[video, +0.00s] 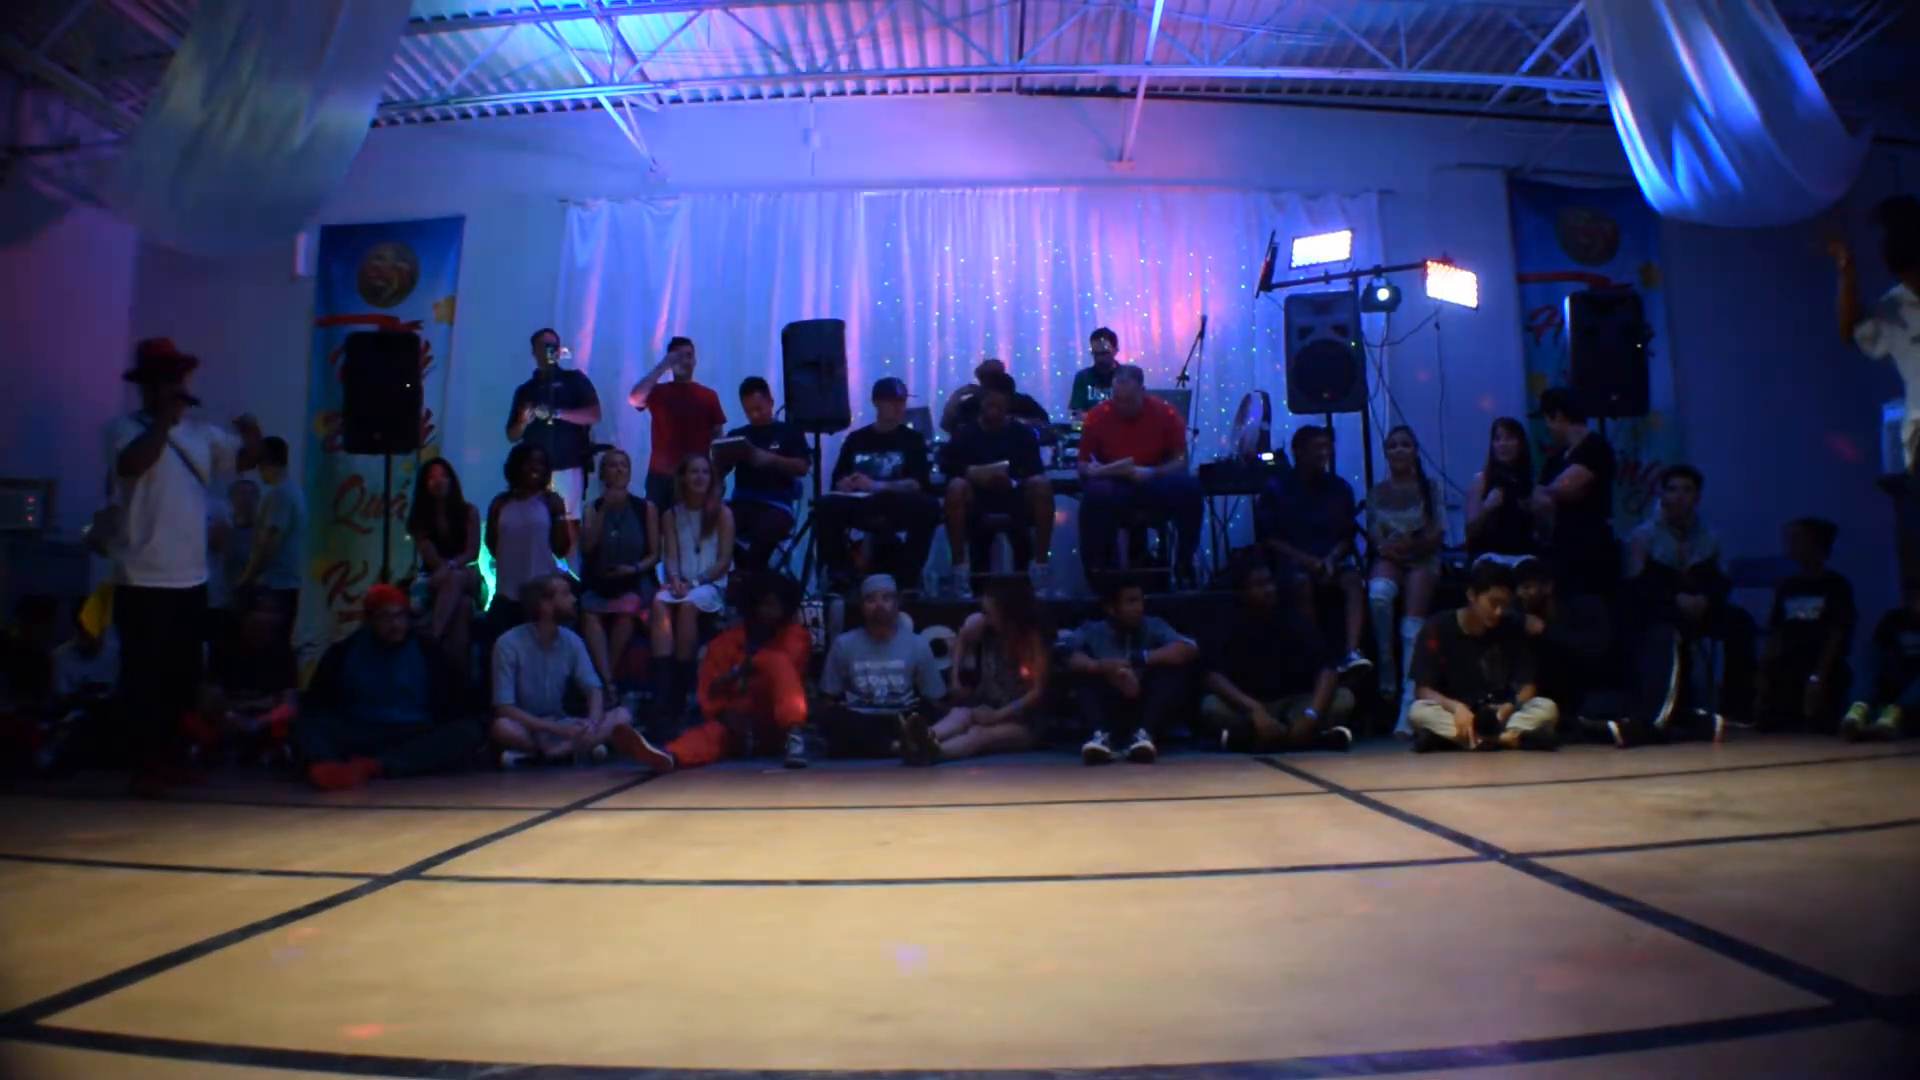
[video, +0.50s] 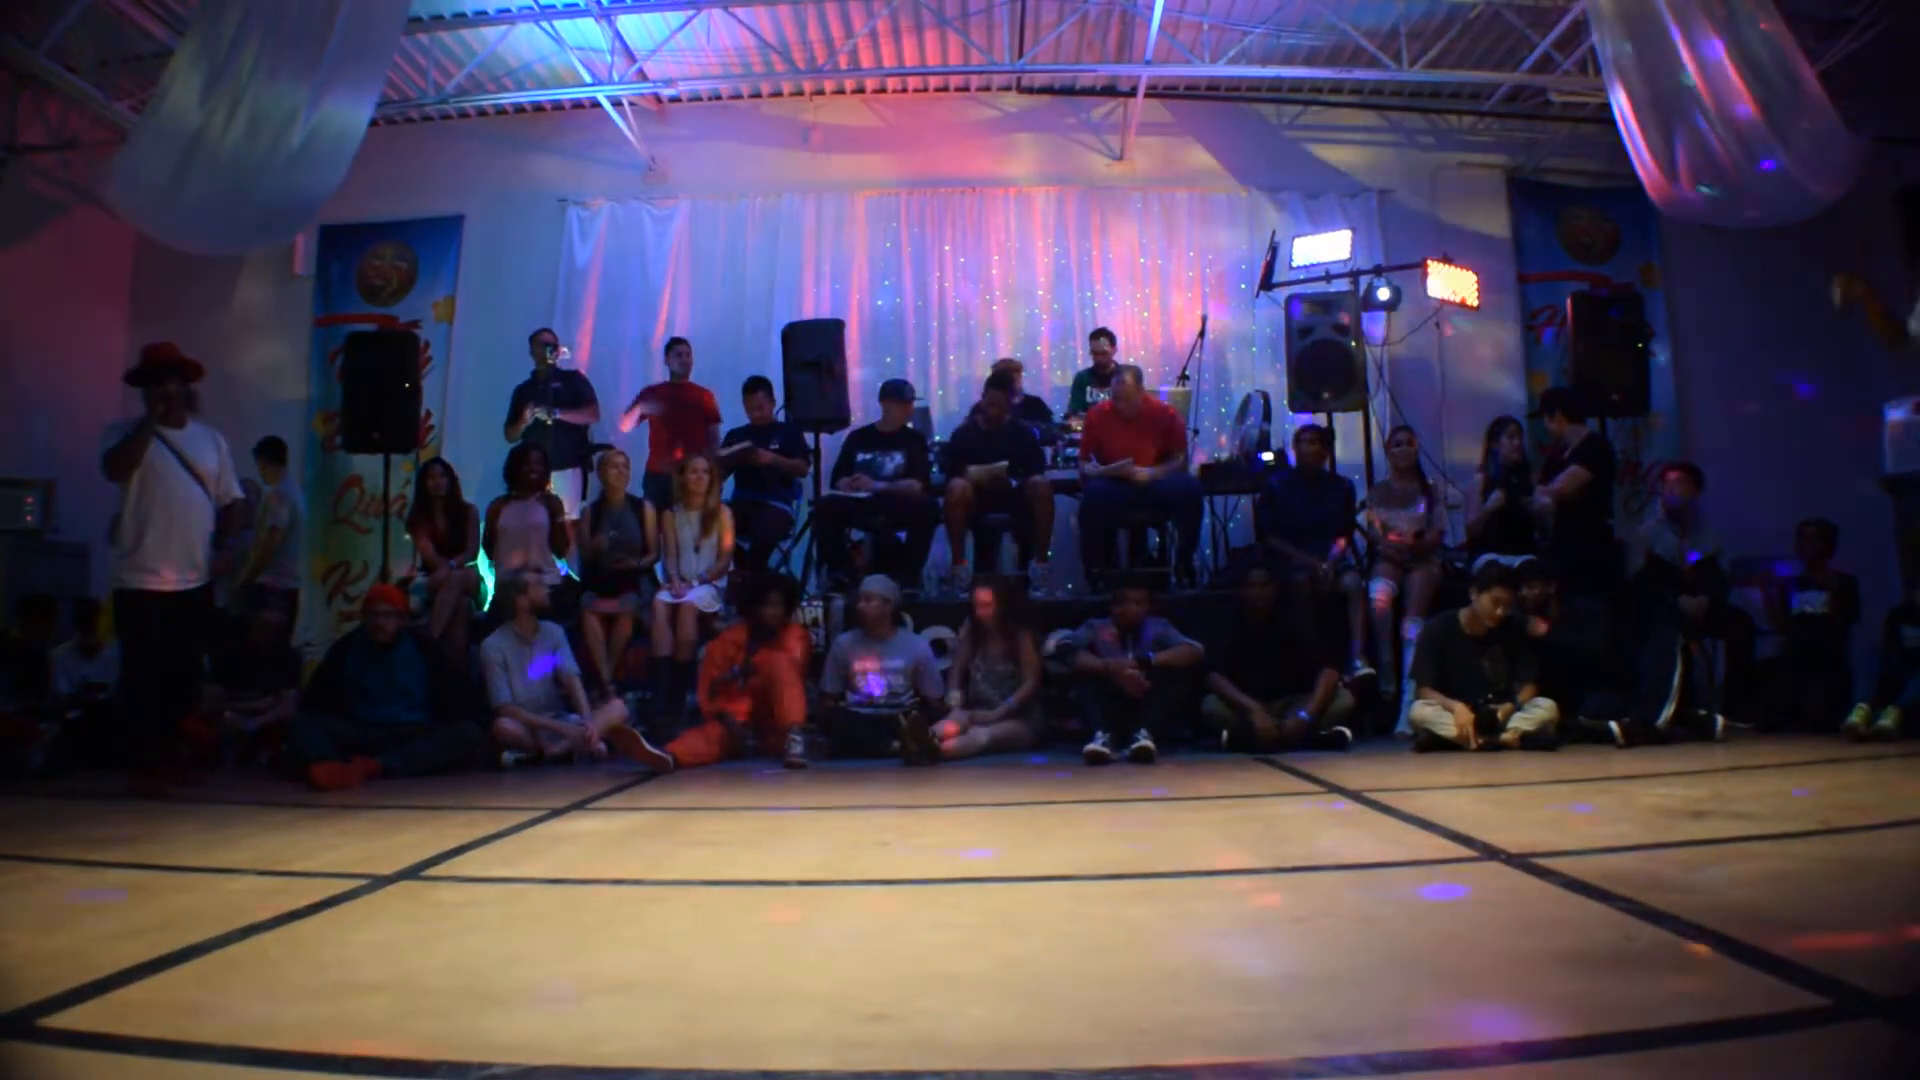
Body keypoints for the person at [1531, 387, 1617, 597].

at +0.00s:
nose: (1548, 427)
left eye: (1548, 420)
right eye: (1546, 421)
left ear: (1559, 418)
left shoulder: (1595, 447)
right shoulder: (1558, 455)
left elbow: (1565, 487)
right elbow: (1538, 497)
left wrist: (1540, 492)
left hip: (1592, 543)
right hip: (1564, 542)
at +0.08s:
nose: (1548, 428)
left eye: (1548, 421)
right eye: (1546, 421)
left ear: (1559, 418)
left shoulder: (1595, 448)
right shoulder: (1559, 454)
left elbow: (1565, 487)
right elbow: (1537, 497)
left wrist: (1541, 491)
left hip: (1591, 543)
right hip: (1564, 542)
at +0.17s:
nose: (1546, 428)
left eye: (1547, 421)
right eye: (1545, 422)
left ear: (1557, 419)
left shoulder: (1595, 447)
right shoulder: (1557, 455)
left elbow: (1561, 488)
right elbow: (1536, 495)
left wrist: (1541, 490)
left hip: (1591, 544)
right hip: (1562, 544)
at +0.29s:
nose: (1546, 428)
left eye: (1547, 421)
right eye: (1545, 422)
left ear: (1557, 418)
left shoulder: (1595, 448)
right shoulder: (1557, 455)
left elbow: (1560, 489)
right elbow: (1537, 492)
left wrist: (1541, 492)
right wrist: (1543, 498)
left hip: (1591, 544)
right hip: (1562, 544)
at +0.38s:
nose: (1546, 428)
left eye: (1547, 421)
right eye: (1545, 422)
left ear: (1557, 419)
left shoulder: (1595, 448)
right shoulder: (1557, 455)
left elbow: (1561, 488)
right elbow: (1537, 494)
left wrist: (1541, 491)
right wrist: (1545, 500)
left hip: (1591, 543)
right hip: (1563, 543)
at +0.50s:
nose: (1547, 428)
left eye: (1547, 422)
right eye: (1545, 422)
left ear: (1558, 418)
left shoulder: (1595, 447)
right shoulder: (1560, 453)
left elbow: (1563, 488)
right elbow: (1539, 494)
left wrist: (1541, 490)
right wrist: (1551, 499)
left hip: (1591, 545)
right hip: (1565, 544)